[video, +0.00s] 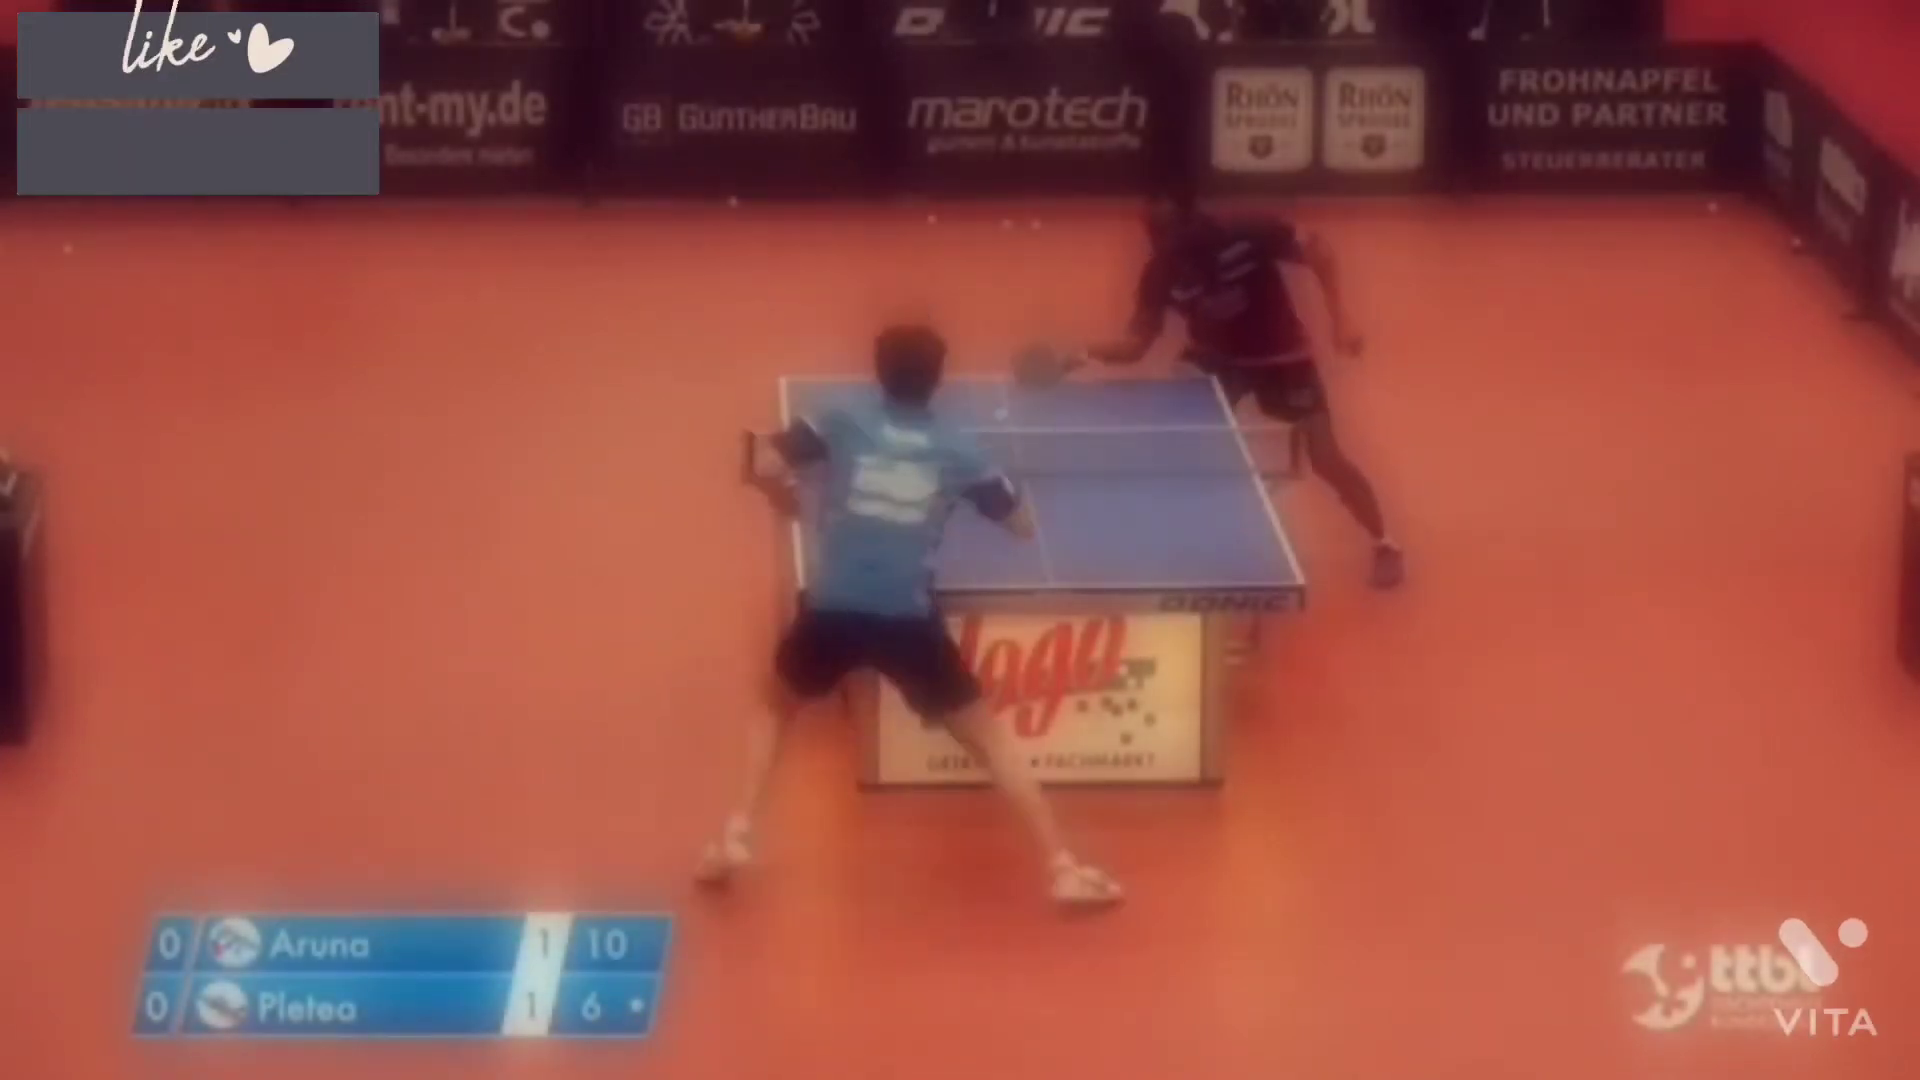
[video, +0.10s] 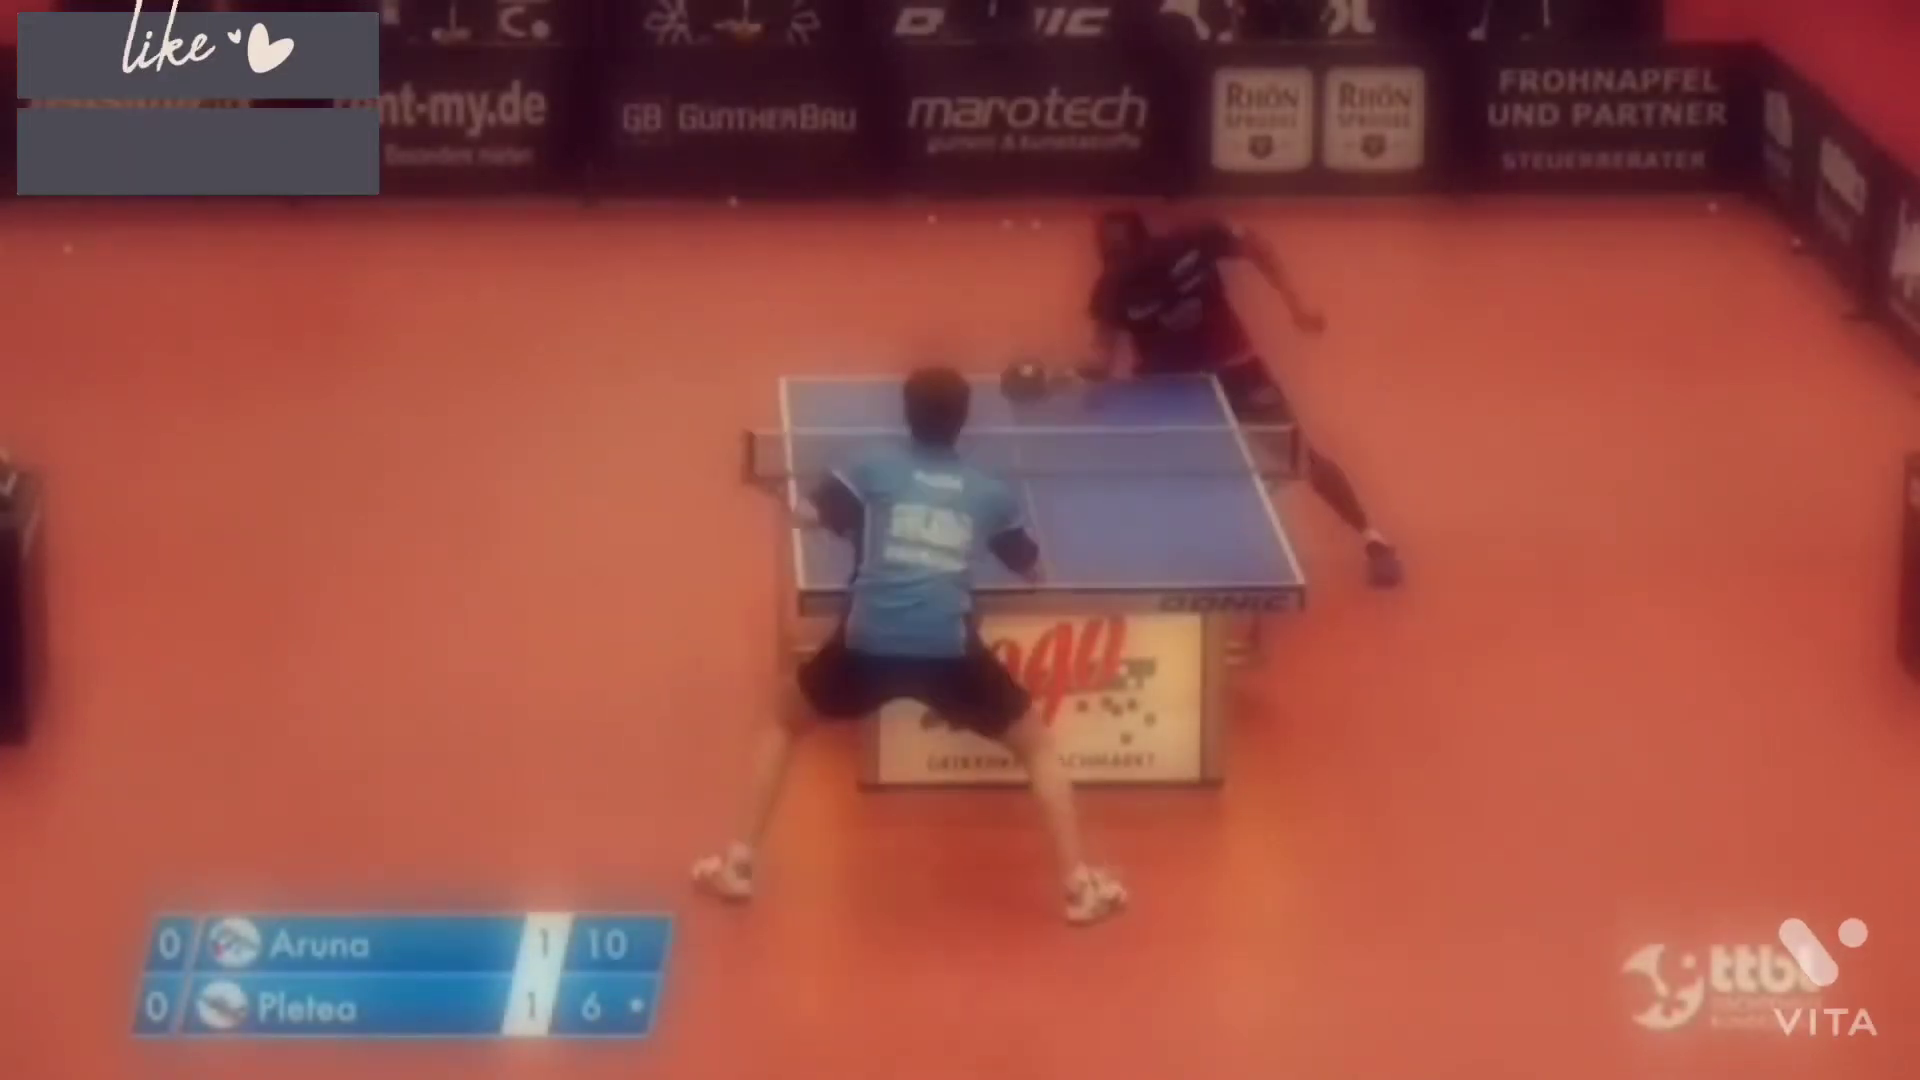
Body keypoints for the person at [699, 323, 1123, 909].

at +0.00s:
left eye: (894, 365)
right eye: (926, 368)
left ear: (880, 373)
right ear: (937, 379)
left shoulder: (847, 423)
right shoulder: (951, 447)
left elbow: (775, 457)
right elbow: (1019, 522)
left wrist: (781, 489)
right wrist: (1007, 487)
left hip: (831, 615)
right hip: (906, 621)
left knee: (776, 711)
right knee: (989, 736)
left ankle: (738, 835)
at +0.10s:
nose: (931, 418)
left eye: (922, 407)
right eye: (945, 409)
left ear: (907, 415)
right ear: (962, 419)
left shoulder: (874, 466)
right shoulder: (985, 487)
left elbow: (825, 506)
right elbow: (1025, 561)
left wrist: (869, 532)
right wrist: (984, 519)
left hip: (867, 652)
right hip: (948, 655)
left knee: (783, 721)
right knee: (1035, 744)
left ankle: (740, 861)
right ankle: (1079, 882)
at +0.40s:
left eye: (916, 432)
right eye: (945, 435)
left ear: (899, 440)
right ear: (953, 448)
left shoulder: (863, 483)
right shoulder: (975, 504)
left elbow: (821, 535)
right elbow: (1021, 565)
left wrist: (875, 548)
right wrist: (974, 589)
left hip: (871, 674)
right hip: (956, 674)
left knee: (771, 739)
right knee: (1024, 714)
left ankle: (723, 869)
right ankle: (1074, 842)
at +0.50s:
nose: (924, 491)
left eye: (899, 482)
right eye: (933, 481)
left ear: (886, 483)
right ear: (941, 485)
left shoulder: (859, 524)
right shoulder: (970, 532)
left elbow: (847, 575)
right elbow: (1020, 577)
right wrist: (980, 621)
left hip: (879, 715)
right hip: (969, 714)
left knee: (769, 733)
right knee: (1029, 721)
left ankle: (723, 871)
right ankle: (1098, 840)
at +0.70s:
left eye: (891, 425)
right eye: (921, 424)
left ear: (883, 433)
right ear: (936, 433)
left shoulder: (866, 484)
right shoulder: (969, 498)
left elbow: (793, 538)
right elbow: (1035, 545)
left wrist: (725, 592)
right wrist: (1079, 496)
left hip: (863, 675)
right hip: (940, 678)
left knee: (753, 734)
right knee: (1018, 756)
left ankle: (715, 872)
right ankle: (1095, 845)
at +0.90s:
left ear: (867, 406)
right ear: (927, 407)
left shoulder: (840, 465)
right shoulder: (950, 474)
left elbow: (771, 532)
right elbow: (1026, 556)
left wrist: (718, 611)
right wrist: (1076, 539)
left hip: (846, 662)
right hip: (928, 664)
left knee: (754, 746)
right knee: (1009, 753)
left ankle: (704, 876)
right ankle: (1045, 880)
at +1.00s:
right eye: (919, 427)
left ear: (866, 436)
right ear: (923, 438)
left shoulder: (834, 498)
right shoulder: (943, 511)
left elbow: (783, 554)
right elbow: (1006, 584)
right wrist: (1046, 563)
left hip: (838, 695)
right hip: (919, 698)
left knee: (741, 764)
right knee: (1005, 792)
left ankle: (711, 900)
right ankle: (1046, 935)